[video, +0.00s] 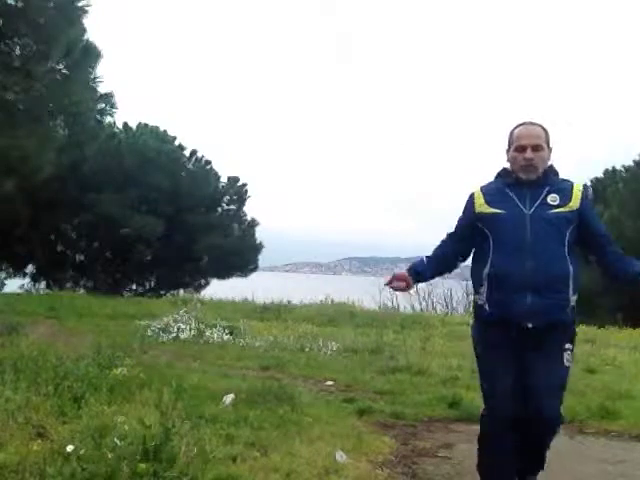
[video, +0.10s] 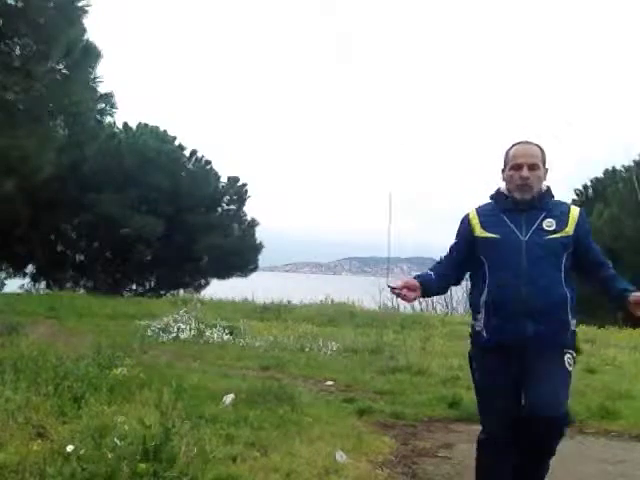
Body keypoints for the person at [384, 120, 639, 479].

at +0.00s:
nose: (528, 156)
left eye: (536, 149)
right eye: (520, 149)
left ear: (549, 153)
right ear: (508, 154)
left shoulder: (574, 196)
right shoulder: (483, 198)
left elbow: (606, 253)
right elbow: (454, 248)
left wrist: (636, 272)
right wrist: (413, 273)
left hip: (552, 325)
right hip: (496, 324)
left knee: (545, 415)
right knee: (500, 414)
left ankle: (525, 471)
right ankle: (496, 475)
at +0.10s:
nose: (523, 174)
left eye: (532, 168)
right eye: (516, 168)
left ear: (545, 173)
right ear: (504, 174)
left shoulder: (570, 219)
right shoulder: (477, 221)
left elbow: (598, 268)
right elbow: (450, 269)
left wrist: (626, 295)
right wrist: (421, 284)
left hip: (550, 345)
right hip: (493, 346)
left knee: (548, 421)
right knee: (497, 431)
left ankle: (527, 473)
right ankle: (494, 476)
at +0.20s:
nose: (527, 158)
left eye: (536, 151)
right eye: (520, 151)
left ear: (548, 160)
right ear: (507, 159)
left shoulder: (571, 210)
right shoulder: (478, 210)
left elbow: (597, 270)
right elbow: (453, 262)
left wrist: (627, 304)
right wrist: (419, 295)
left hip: (552, 341)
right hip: (494, 341)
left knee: (551, 420)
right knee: (498, 435)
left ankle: (540, 475)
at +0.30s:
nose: (533, 141)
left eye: (542, 135)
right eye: (525, 135)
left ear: (554, 144)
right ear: (512, 142)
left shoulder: (573, 195)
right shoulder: (483, 191)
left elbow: (605, 262)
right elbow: (451, 242)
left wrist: (635, 293)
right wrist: (411, 275)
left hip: (554, 326)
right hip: (497, 324)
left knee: (548, 416)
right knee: (504, 421)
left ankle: (545, 476)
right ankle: (500, 476)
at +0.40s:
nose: (535, 153)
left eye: (543, 148)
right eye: (527, 147)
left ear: (555, 157)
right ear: (513, 156)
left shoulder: (577, 207)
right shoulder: (483, 204)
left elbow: (607, 269)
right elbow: (452, 254)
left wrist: (637, 291)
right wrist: (412, 275)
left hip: (553, 335)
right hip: (495, 332)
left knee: (546, 425)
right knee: (497, 415)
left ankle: (541, 475)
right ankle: (519, 467)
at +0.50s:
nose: (537, 161)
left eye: (545, 155)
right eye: (528, 155)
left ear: (557, 165)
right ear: (514, 164)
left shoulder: (580, 218)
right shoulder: (484, 216)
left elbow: (612, 276)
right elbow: (458, 269)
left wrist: (636, 297)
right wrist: (427, 292)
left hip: (554, 351)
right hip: (494, 347)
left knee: (547, 452)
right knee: (494, 416)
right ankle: (512, 470)